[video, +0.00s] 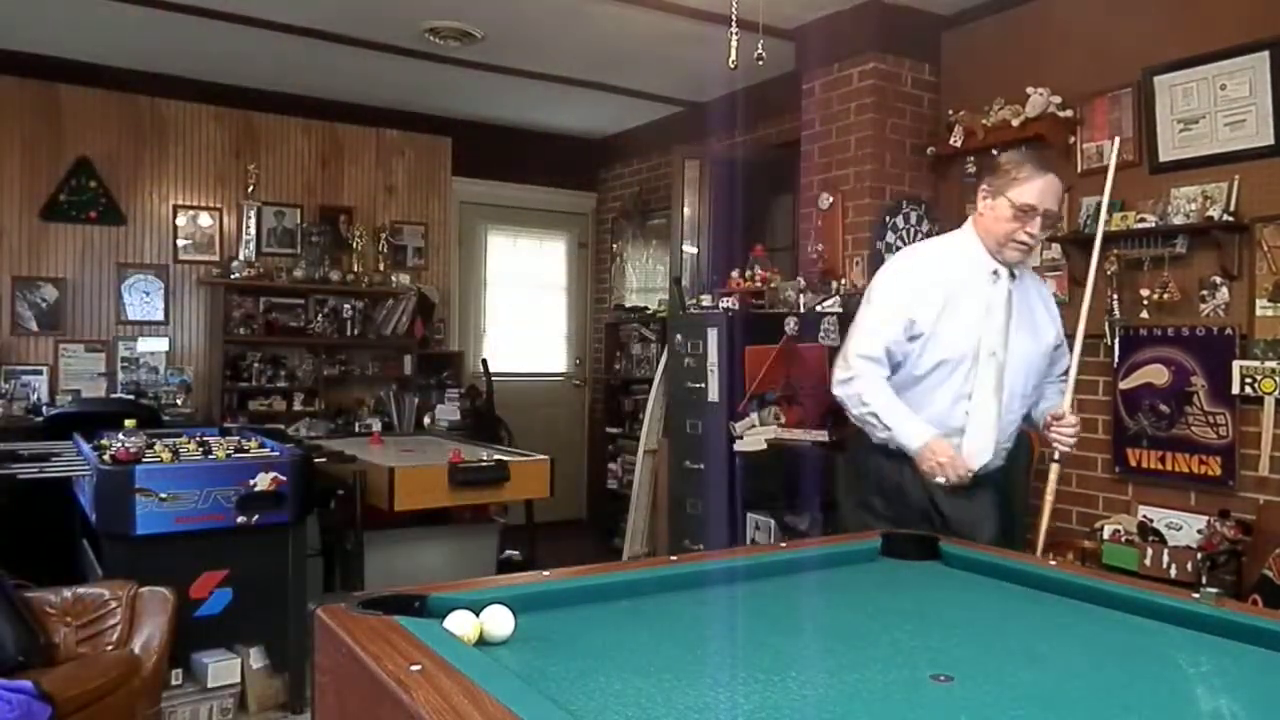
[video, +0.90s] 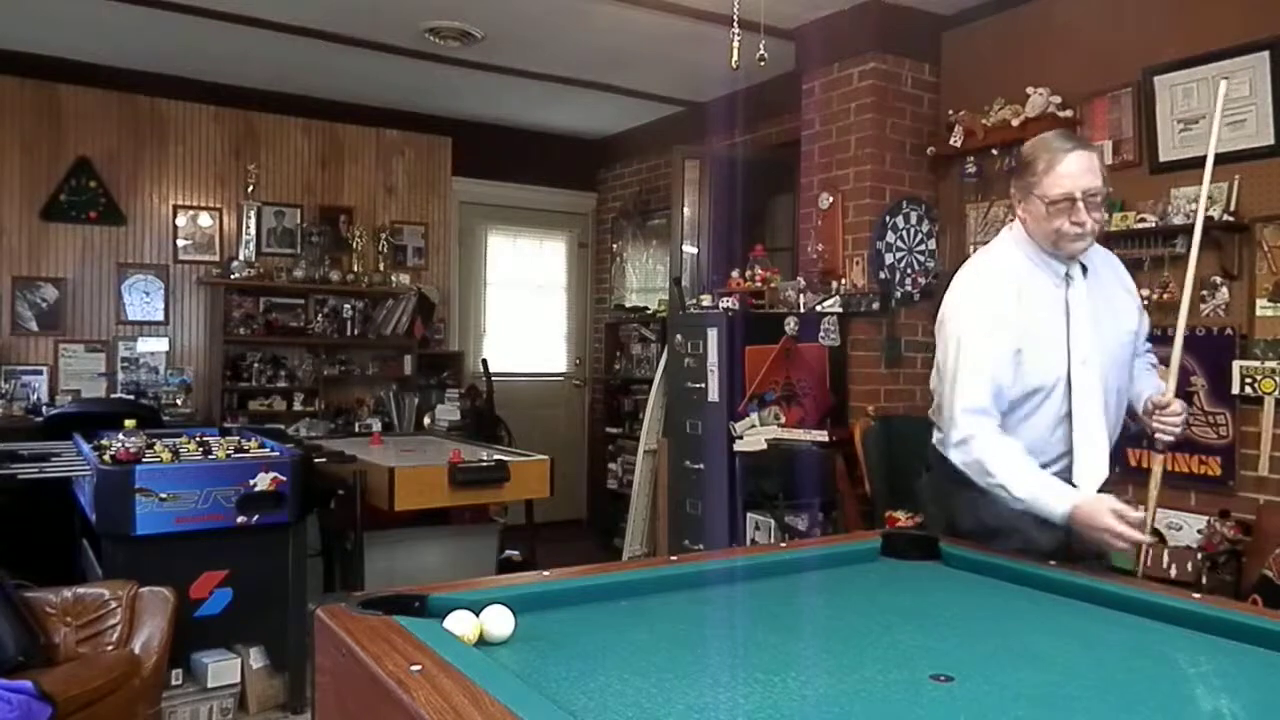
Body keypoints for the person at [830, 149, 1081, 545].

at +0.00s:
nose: (1034, 232)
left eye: (1047, 221)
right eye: (1023, 212)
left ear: (1054, 224)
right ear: (984, 200)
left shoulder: (1039, 298)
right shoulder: (915, 270)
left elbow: (1047, 381)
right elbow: (854, 374)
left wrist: (1053, 416)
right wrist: (920, 442)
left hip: (984, 491)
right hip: (894, 485)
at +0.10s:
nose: (1045, 237)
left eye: (1056, 224)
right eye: (1032, 218)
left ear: (1063, 226)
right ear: (992, 205)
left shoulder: (1051, 300)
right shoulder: (926, 277)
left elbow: (1060, 381)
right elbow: (878, 394)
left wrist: (1064, 413)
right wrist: (957, 457)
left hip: (1001, 493)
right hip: (915, 486)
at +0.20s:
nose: (1054, 245)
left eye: (1064, 230)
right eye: (1040, 226)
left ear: (1071, 229)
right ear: (997, 214)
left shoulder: (1057, 294)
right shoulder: (939, 287)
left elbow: (1065, 376)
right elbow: (912, 419)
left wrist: (1077, 411)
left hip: (1015, 501)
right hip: (932, 493)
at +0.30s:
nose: (1064, 252)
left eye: (1074, 237)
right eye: (1050, 237)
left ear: (1082, 230)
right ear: (1004, 224)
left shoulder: (1064, 289)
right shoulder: (956, 297)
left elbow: (1063, 376)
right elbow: (963, 443)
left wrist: (1086, 408)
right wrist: (1061, 506)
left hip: (1023, 486)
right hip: (939, 491)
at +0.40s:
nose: (1076, 258)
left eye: (1087, 242)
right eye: (1060, 241)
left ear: (1095, 236)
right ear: (1014, 226)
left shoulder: (1070, 286)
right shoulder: (971, 307)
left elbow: (1074, 369)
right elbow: (1011, 457)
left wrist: (1099, 402)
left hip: (1028, 490)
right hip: (949, 496)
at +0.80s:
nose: (1087, 231)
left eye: (1098, 212)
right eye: (1067, 214)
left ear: (1107, 207)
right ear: (1022, 210)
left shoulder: (1098, 274)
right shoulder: (986, 296)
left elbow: (1116, 360)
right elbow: (1005, 448)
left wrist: (1138, 398)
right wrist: (1118, 514)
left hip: (1066, 492)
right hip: (979, 499)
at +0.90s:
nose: (1082, 219)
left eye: (1093, 200)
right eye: (1062, 204)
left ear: (1105, 196)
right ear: (1021, 204)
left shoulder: (1110, 271)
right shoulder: (982, 288)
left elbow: (1136, 356)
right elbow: (968, 433)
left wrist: (1150, 400)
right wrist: (1069, 507)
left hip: (1081, 494)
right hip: (988, 501)